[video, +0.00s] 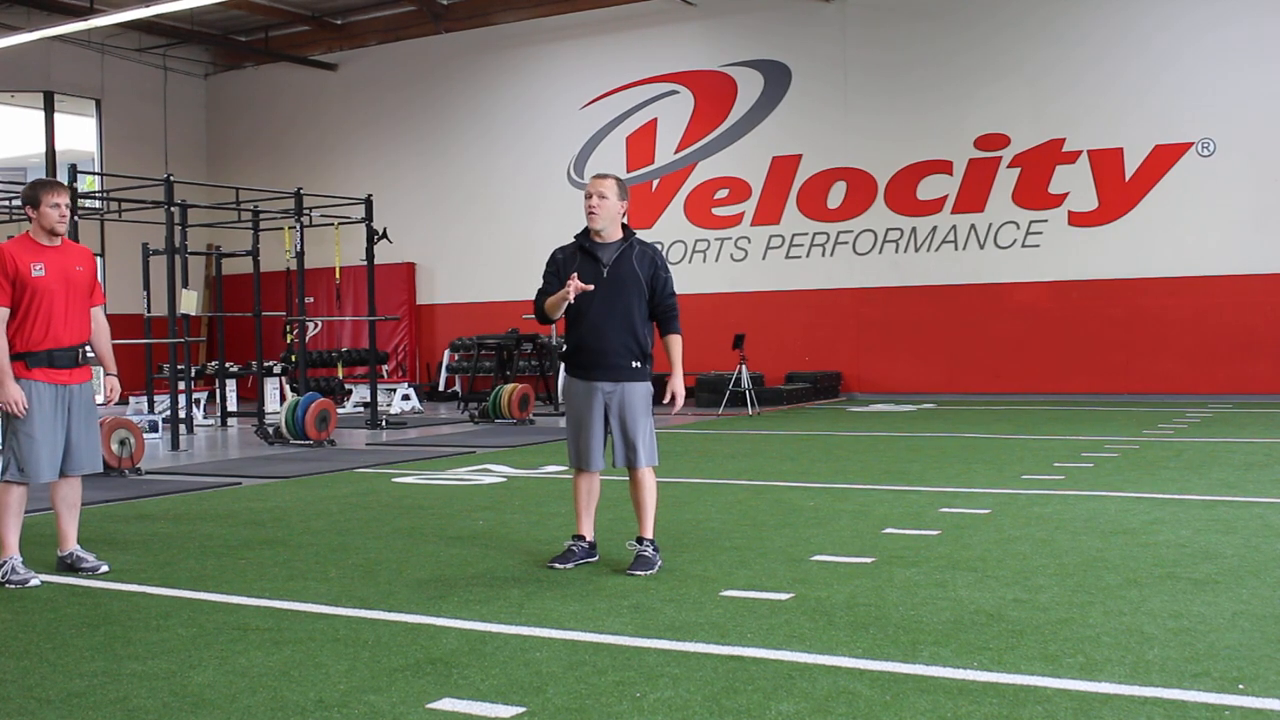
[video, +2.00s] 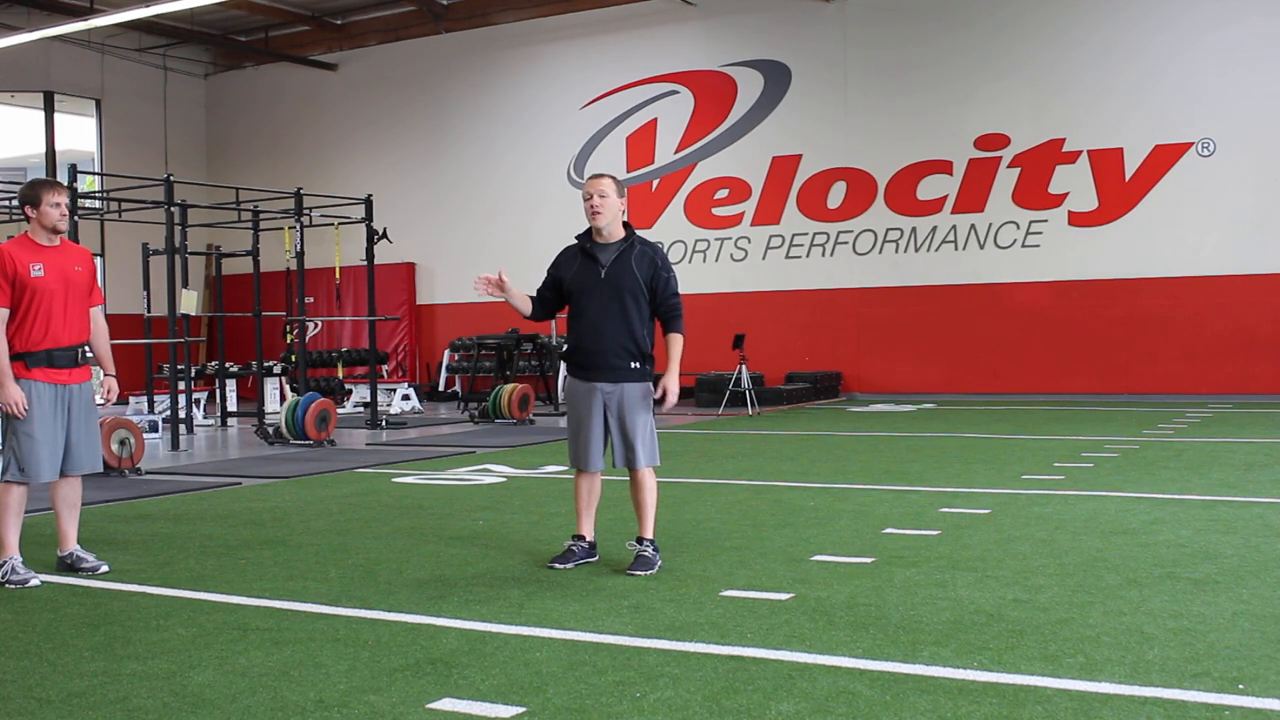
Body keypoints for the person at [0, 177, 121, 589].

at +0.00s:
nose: (64, 213)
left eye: (67, 206)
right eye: (54, 206)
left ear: (70, 210)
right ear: (32, 211)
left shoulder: (84, 257)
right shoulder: (10, 255)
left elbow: (96, 318)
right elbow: (0, 325)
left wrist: (111, 369)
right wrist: (6, 380)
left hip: (76, 377)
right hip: (29, 378)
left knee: (71, 466)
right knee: (19, 473)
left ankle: (69, 551)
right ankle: (10, 559)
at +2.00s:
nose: (64, 211)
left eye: (66, 205)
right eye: (55, 205)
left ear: (68, 211)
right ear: (31, 211)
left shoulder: (83, 257)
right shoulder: (10, 255)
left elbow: (95, 319)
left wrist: (109, 371)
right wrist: (6, 381)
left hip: (76, 377)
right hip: (29, 378)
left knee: (72, 466)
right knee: (18, 473)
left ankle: (69, 551)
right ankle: (10, 559)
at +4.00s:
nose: (67, 213)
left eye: (69, 206)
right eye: (58, 206)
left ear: (71, 210)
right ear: (34, 211)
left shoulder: (84, 257)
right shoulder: (11, 255)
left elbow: (96, 319)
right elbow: (0, 326)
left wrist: (109, 371)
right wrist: (8, 382)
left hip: (77, 377)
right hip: (30, 378)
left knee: (72, 466)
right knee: (19, 473)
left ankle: (69, 551)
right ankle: (9, 559)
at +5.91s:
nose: (68, 214)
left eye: (71, 207)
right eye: (59, 207)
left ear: (73, 211)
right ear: (35, 212)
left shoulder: (85, 257)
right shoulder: (12, 255)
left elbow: (97, 320)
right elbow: (1, 326)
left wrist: (109, 372)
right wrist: (8, 383)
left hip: (78, 377)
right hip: (30, 378)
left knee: (72, 466)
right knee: (19, 473)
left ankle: (69, 551)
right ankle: (10, 559)